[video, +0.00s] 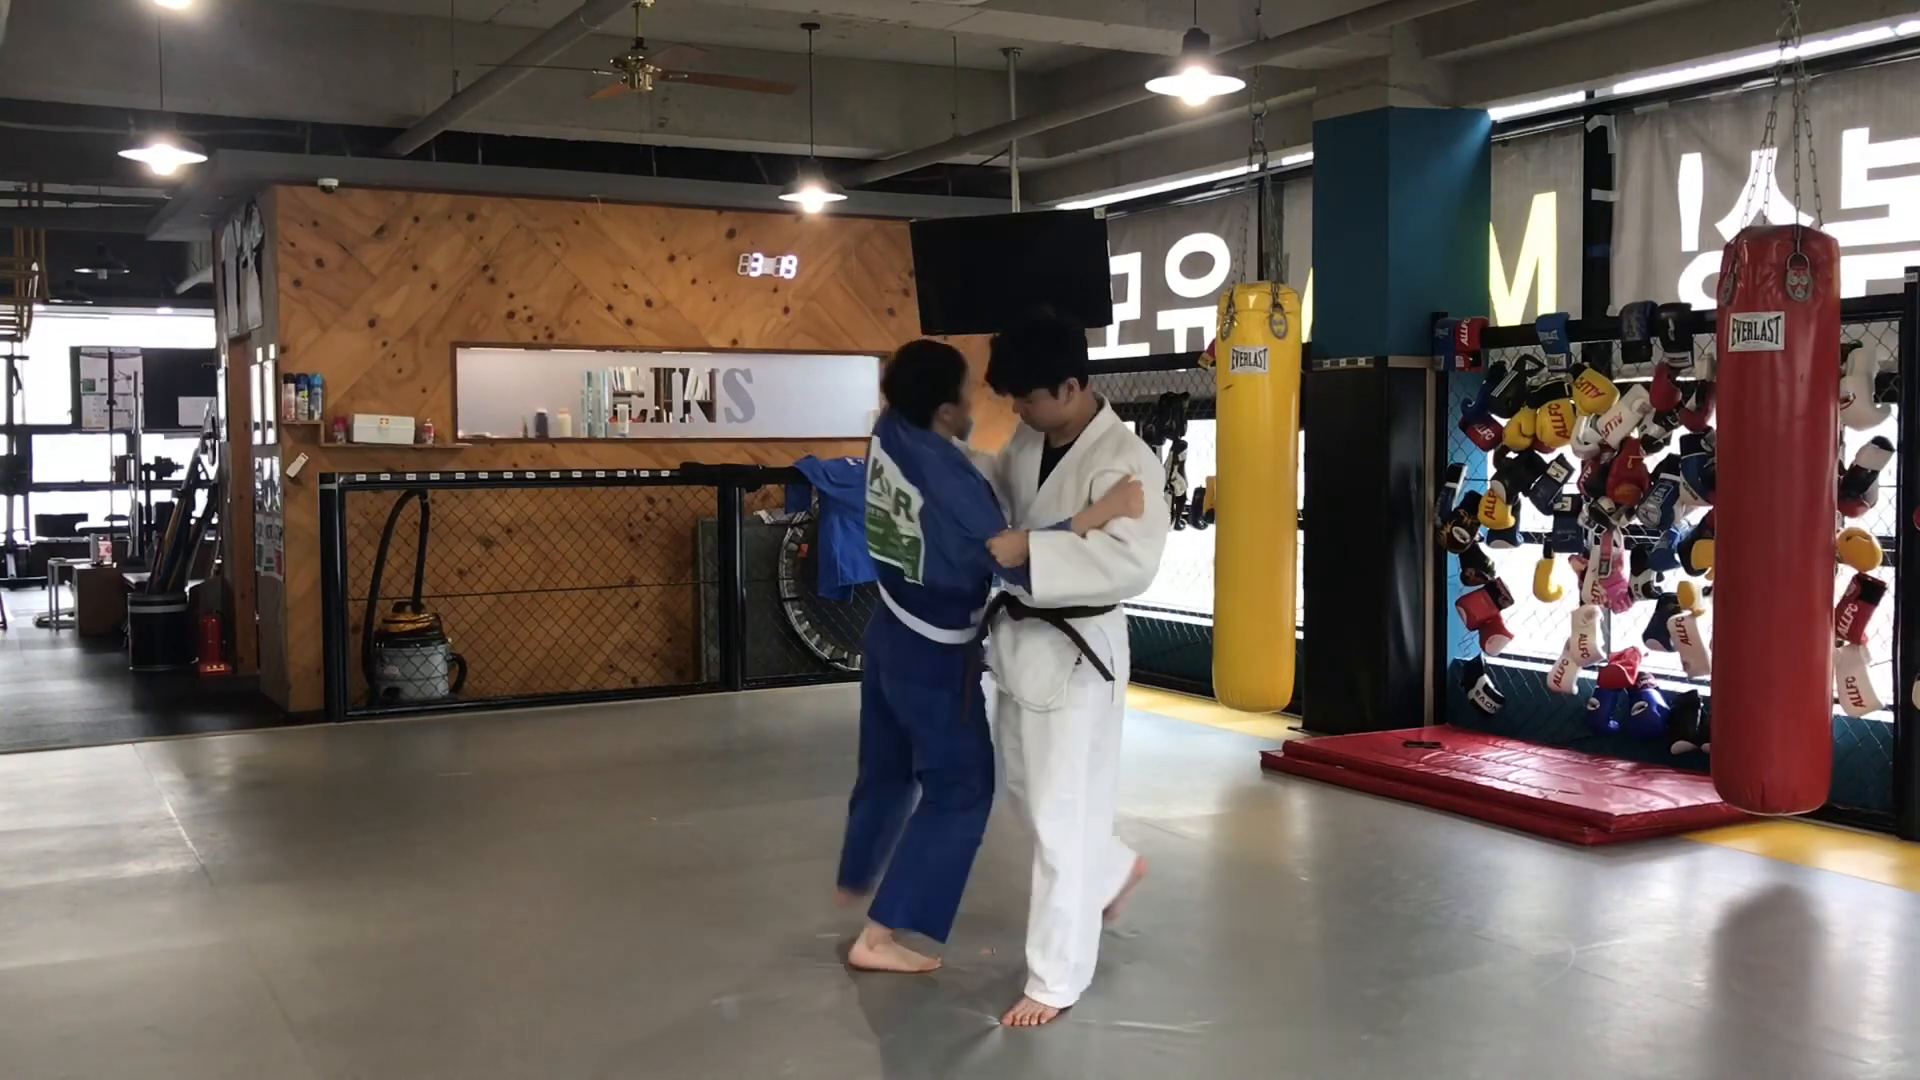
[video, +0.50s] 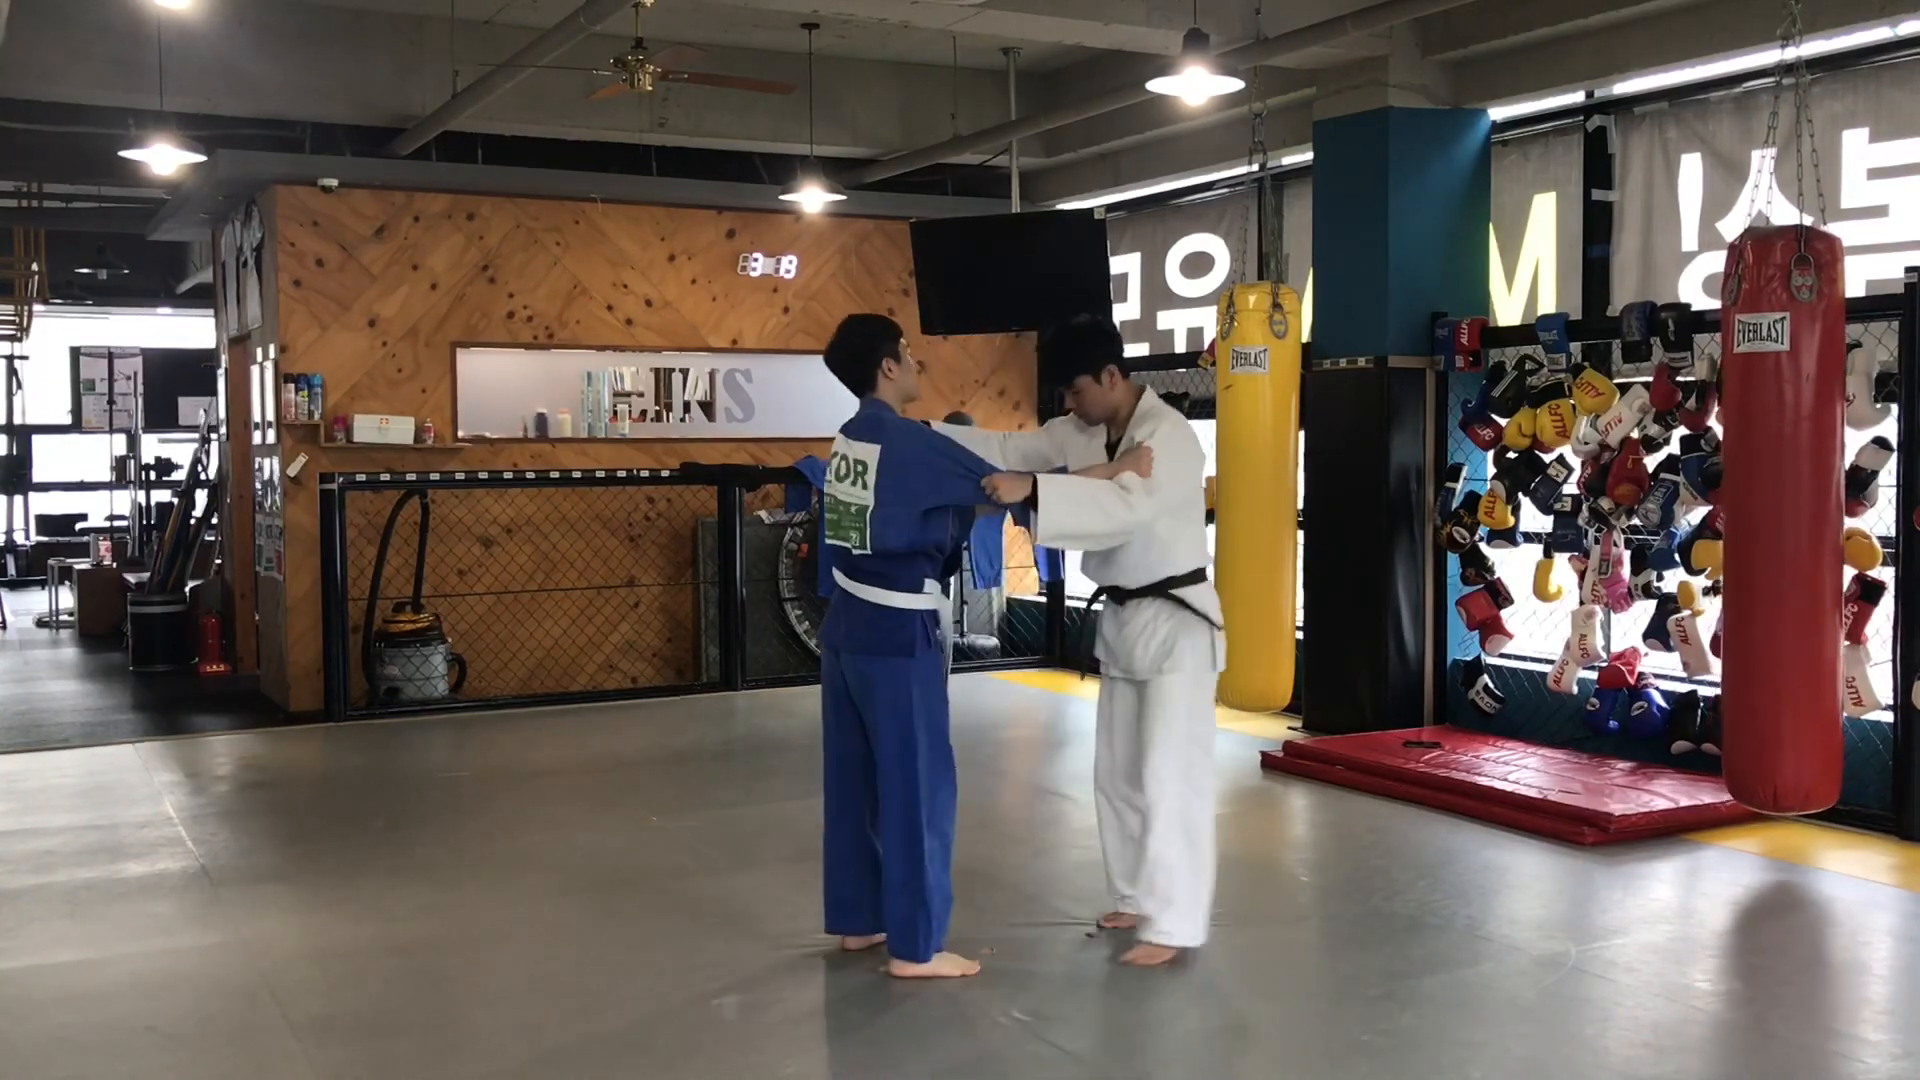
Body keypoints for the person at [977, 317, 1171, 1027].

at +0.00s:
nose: (1019, 413)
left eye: (1026, 401)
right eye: (1014, 401)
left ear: (1068, 387)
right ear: (1046, 390)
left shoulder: (1124, 458)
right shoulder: (1025, 446)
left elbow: (1132, 561)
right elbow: (981, 517)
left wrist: (1032, 550)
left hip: (1077, 654)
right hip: (1015, 644)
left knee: (1063, 821)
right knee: (1028, 787)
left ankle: (1056, 977)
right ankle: (1109, 865)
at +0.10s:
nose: (1028, 419)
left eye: (1034, 405)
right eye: (1025, 406)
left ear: (1077, 393)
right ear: (1066, 397)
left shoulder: (1131, 466)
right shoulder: (1043, 452)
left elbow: (1115, 560)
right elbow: (986, 478)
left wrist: (1021, 534)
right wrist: (923, 452)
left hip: (1094, 650)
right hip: (1044, 642)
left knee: (1067, 818)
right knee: (1060, 787)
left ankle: (1060, 977)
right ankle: (1130, 867)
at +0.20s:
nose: (1037, 428)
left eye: (1044, 414)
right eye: (1034, 416)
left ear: (1086, 403)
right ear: (1070, 407)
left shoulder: (1139, 466)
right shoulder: (1051, 458)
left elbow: (1120, 544)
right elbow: (983, 476)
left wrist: (1020, 523)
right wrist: (916, 455)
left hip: (1120, 652)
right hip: (1067, 644)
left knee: (1082, 809)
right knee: (1095, 783)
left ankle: (1064, 972)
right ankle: (1149, 886)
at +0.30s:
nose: (1053, 429)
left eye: (1057, 416)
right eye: (1048, 419)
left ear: (1094, 403)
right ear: (1076, 409)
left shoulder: (1151, 461)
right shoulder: (1072, 457)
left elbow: (1123, 532)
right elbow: (1001, 476)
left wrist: (1022, 513)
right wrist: (935, 463)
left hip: (1141, 644)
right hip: (1088, 640)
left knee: (1110, 801)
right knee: (1109, 789)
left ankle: (1087, 962)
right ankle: (1156, 897)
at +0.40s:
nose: (1063, 416)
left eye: (1068, 402)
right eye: (1057, 406)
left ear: (1105, 386)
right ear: (1077, 399)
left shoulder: (1160, 446)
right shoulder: (1081, 442)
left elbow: (1123, 511)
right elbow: (1008, 463)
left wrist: (1026, 497)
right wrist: (928, 452)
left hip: (1162, 630)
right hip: (1108, 630)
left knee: (1140, 789)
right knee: (1110, 786)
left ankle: (1124, 943)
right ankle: (1159, 898)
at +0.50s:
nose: (1069, 406)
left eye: (1075, 391)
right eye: (1064, 395)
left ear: (1112, 377)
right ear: (1086, 386)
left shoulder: (1167, 435)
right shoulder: (1081, 432)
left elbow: (1131, 502)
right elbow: (1009, 449)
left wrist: (1037, 491)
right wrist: (928, 433)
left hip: (1176, 619)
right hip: (1122, 618)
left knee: (1170, 777)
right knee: (1120, 773)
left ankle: (1176, 926)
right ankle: (1141, 900)